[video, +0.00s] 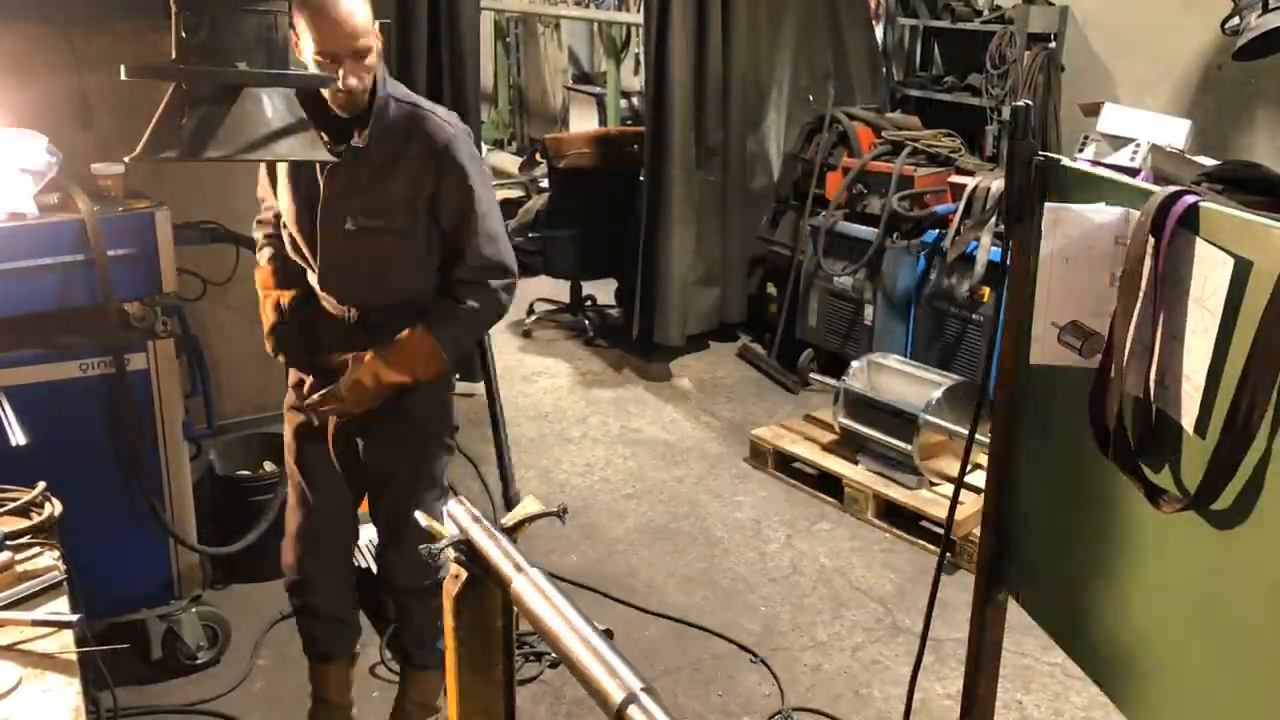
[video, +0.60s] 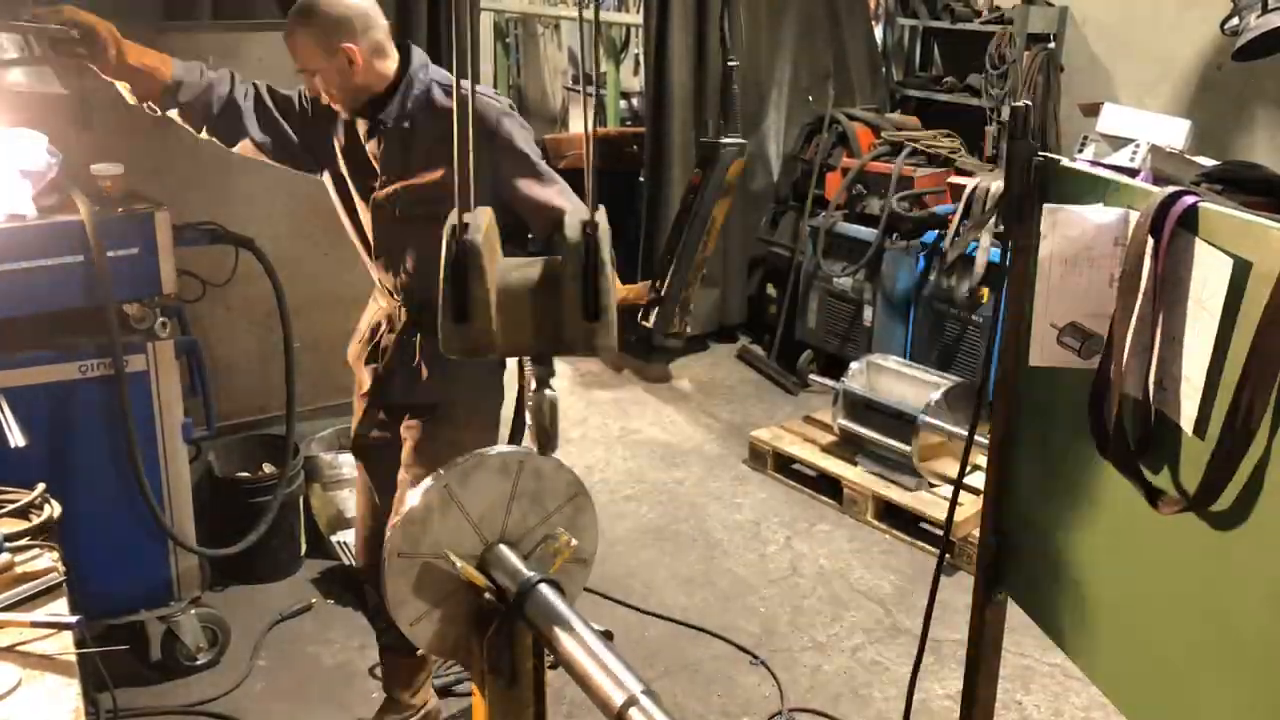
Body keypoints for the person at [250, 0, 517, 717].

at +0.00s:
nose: (347, 79)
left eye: (361, 57)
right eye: (328, 63)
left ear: (381, 38)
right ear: (295, 45)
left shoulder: (435, 136)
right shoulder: (284, 126)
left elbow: (489, 280)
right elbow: (275, 242)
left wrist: (385, 368)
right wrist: (289, 347)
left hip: (411, 365)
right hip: (315, 362)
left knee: (408, 549)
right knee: (313, 552)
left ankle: (421, 699)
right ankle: (330, 706)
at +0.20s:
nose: (517, 286)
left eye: (534, 268)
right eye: (501, 268)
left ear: (552, 219)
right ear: (456, 210)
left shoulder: (563, 237)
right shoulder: (340, 247)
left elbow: (561, 358)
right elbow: (289, 394)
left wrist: (497, 452)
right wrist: (365, 467)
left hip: (480, 452)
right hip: (363, 462)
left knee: (487, 640)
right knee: (388, 663)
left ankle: (483, 707)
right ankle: (394, 711)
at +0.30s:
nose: (563, 319)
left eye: (585, 305)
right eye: (546, 303)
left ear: (610, 257)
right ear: (505, 237)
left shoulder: (619, 245)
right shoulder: (407, 249)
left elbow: (630, 401)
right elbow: (356, 429)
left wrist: (610, 546)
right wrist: (384, 582)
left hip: (509, 434)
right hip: (393, 447)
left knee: (526, 604)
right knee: (399, 647)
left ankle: (515, 696)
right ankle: (398, 707)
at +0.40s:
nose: (585, 188)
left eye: (609, 169)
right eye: (567, 162)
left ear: (635, 132)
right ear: (536, 116)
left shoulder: (669, 209)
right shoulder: (453, 175)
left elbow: (692, 352)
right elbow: (397, 345)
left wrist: (669, 452)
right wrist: (403, 479)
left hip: (590, 462)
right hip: (470, 446)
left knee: (583, 663)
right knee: (437, 660)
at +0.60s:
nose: (308, 88)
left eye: (312, 72)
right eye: (303, 75)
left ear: (356, 55)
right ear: (352, 57)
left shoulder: (472, 115)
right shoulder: (337, 121)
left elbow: (566, 227)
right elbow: (235, 101)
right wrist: (125, 58)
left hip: (461, 366)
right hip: (384, 359)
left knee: (436, 535)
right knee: (377, 546)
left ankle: (476, 683)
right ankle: (405, 695)